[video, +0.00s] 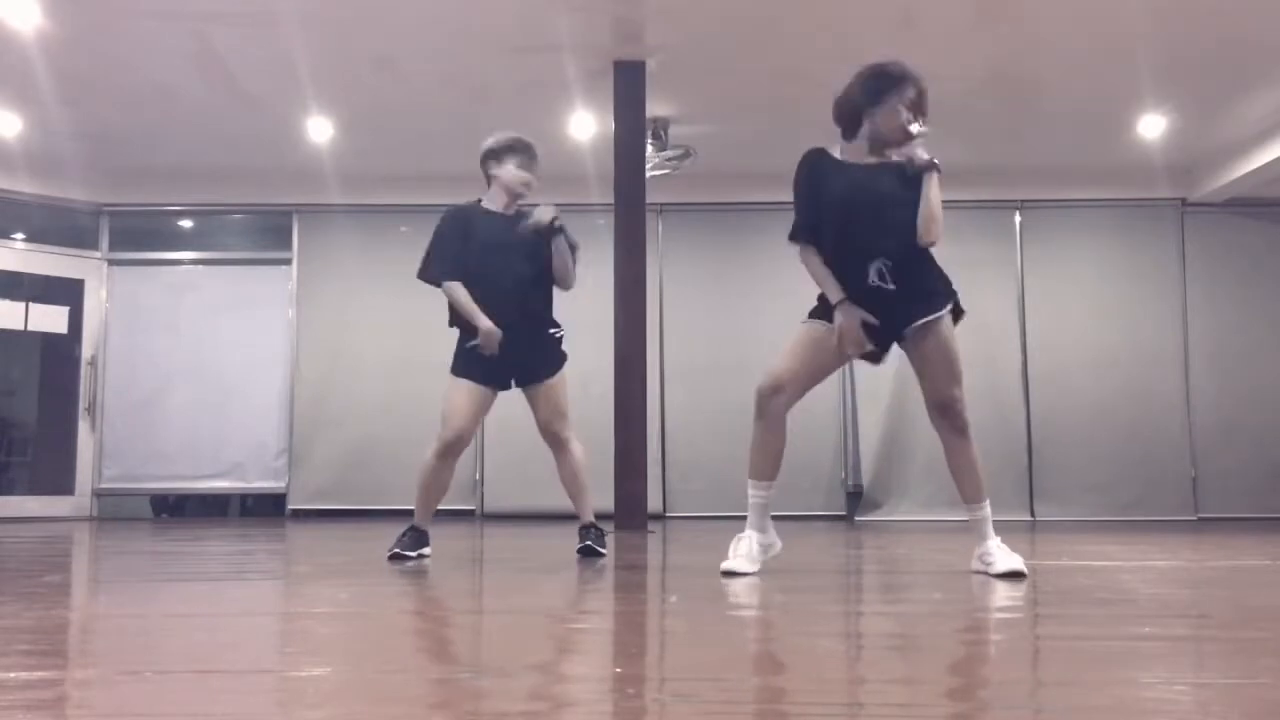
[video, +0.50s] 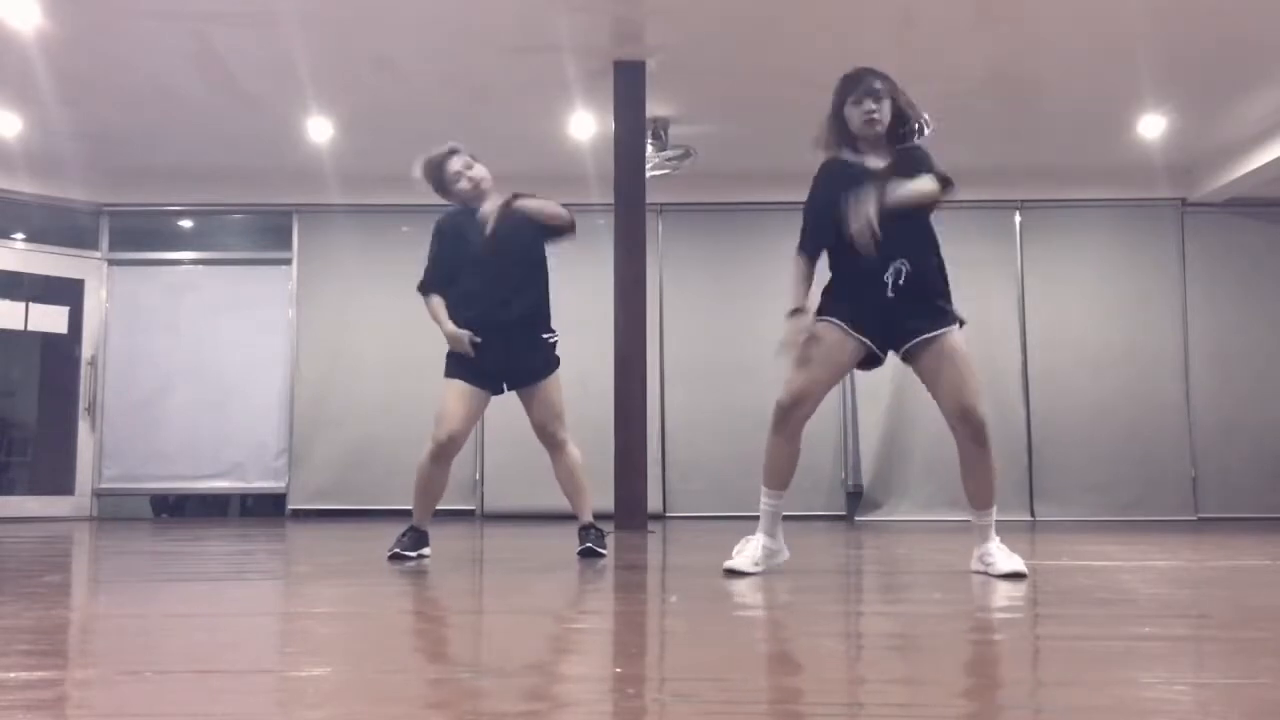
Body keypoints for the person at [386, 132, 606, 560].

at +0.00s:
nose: (527, 175)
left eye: (530, 169)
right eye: (518, 166)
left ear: (533, 176)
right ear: (491, 169)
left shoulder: (542, 225)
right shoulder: (460, 219)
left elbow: (566, 281)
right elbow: (448, 280)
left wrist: (553, 232)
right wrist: (483, 323)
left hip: (536, 344)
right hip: (479, 344)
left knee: (558, 432)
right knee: (451, 438)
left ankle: (589, 526)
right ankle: (418, 530)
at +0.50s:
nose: (470, 176)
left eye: (470, 165)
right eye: (457, 178)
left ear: (483, 164)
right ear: (449, 195)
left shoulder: (523, 212)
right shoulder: (450, 227)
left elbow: (564, 220)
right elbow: (431, 287)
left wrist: (512, 204)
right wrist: (449, 328)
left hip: (529, 342)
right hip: (473, 347)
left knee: (554, 434)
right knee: (445, 439)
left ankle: (588, 527)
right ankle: (417, 531)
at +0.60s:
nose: (446, 172)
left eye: (453, 164)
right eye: (436, 171)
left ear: (470, 170)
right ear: (430, 188)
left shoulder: (496, 192)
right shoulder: (440, 241)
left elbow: (514, 230)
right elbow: (438, 300)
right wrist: (447, 321)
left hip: (528, 331)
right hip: (475, 339)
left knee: (557, 432)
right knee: (447, 431)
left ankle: (589, 526)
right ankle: (426, 530)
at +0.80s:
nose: (439, 171)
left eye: (447, 163)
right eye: (431, 167)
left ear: (467, 169)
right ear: (426, 179)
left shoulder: (470, 201)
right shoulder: (443, 222)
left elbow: (491, 234)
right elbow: (429, 274)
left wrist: (475, 290)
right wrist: (416, 305)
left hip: (485, 329)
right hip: (450, 334)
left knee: (505, 427)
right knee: (420, 429)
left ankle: (584, 502)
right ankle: (433, 532)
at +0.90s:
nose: (432, 166)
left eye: (440, 159)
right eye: (424, 164)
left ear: (459, 166)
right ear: (418, 176)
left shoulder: (471, 197)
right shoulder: (419, 221)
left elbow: (493, 180)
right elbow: (392, 232)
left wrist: (453, 185)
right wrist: (371, 238)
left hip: (473, 314)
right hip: (436, 316)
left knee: (454, 405)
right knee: (416, 426)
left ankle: (517, 500)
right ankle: (433, 530)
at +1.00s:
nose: (429, 158)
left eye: (438, 150)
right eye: (421, 155)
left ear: (459, 160)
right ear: (416, 168)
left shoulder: (465, 200)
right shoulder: (416, 216)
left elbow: (474, 178)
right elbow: (383, 248)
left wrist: (481, 139)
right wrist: (398, 212)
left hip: (468, 315)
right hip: (432, 320)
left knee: (424, 385)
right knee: (422, 417)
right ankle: (434, 527)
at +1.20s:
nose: (422, 167)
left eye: (430, 159)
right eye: (414, 164)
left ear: (453, 165)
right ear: (411, 177)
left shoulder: (469, 202)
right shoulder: (421, 221)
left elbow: (484, 181)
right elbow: (396, 253)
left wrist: (469, 135)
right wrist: (363, 220)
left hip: (440, 320)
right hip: (413, 324)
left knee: (395, 410)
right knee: (388, 434)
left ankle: (403, 523)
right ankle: (434, 532)